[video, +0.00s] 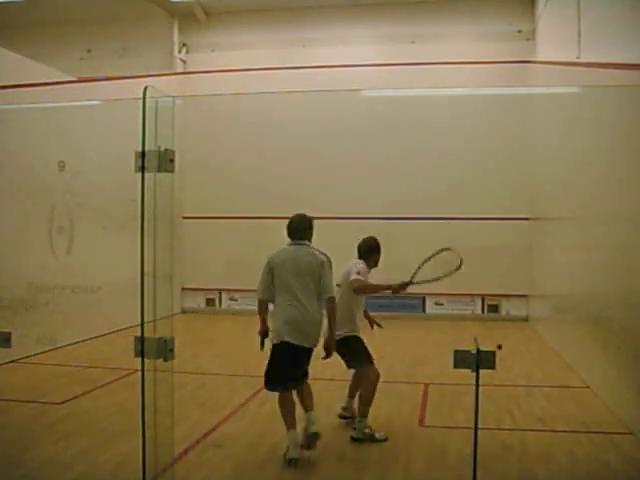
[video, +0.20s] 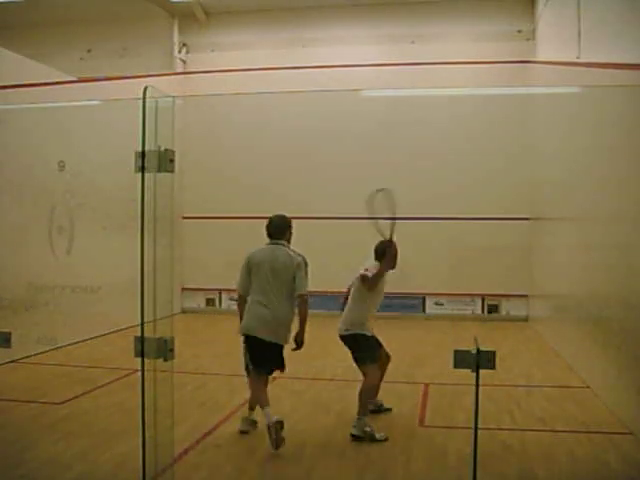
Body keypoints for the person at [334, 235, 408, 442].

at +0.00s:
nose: (379, 259)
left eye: (379, 255)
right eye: (379, 255)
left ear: (361, 252)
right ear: (374, 254)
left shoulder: (353, 268)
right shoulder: (359, 266)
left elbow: (352, 296)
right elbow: (357, 286)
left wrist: (367, 314)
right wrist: (391, 288)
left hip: (342, 331)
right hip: (346, 333)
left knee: (362, 369)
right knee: (372, 375)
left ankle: (348, 407)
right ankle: (361, 426)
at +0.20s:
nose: (397, 259)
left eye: (396, 255)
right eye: (394, 255)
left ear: (382, 256)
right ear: (385, 256)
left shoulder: (376, 272)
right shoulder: (370, 270)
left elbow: (349, 292)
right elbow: (369, 285)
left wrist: (345, 310)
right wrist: (382, 268)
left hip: (362, 328)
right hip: (353, 330)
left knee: (384, 359)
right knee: (372, 374)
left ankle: (371, 400)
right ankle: (360, 423)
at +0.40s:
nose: (389, 237)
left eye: (389, 234)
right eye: (389, 234)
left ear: (370, 230)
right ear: (386, 234)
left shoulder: (349, 246)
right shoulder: (385, 253)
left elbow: (346, 270)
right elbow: (389, 283)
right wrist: (381, 297)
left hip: (354, 307)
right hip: (377, 306)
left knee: (364, 354)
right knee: (377, 351)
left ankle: (372, 395)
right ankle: (361, 385)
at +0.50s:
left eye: (363, 220)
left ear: (362, 222)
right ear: (379, 225)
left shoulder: (350, 242)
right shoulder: (383, 245)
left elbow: (346, 270)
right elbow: (372, 272)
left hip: (360, 303)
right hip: (383, 301)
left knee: (367, 350)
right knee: (391, 341)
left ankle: (375, 394)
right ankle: (386, 367)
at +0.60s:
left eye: (356, 223)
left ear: (356, 228)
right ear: (374, 229)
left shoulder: (350, 247)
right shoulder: (381, 249)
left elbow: (342, 276)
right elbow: (372, 279)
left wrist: (349, 287)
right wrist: (342, 287)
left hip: (361, 309)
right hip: (385, 304)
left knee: (369, 354)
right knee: (404, 342)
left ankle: (381, 396)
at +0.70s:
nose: (352, 239)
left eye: (351, 235)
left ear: (351, 237)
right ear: (368, 236)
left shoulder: (347, 257)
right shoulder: (377, 254)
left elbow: (340, 287)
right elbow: (378, 283)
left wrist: (345, 305)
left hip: (362, 317)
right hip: (384, 312)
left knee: (373, 360)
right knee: (405, 346)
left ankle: (387, 401)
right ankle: (434, 380)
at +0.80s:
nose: (344, 242)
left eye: (344, 238)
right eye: (345, 238)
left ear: (345, 239)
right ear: (361, 238)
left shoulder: (344, 259)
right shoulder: (374, 256)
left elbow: (341, 289)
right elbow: (377, 283)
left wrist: (338, 314)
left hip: (361, 317)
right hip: (382, 312)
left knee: (371, 359)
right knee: (393, 347)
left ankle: (388, 398)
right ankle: (405, 383)